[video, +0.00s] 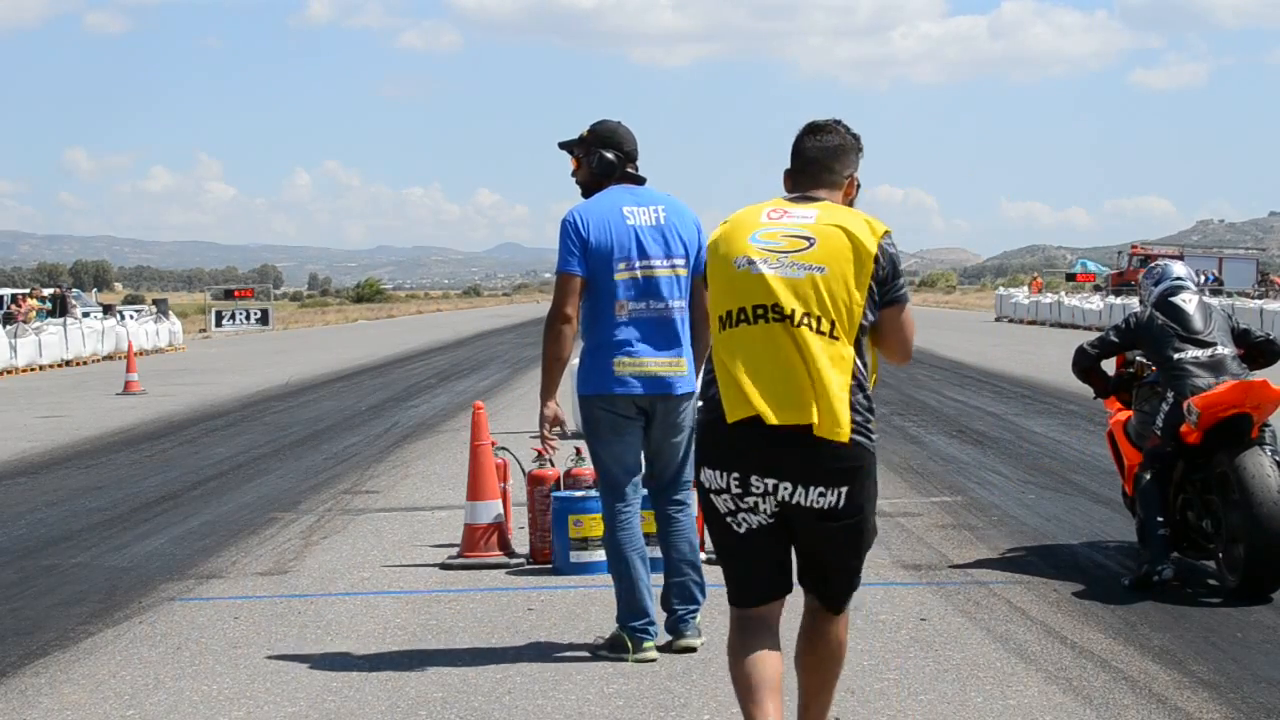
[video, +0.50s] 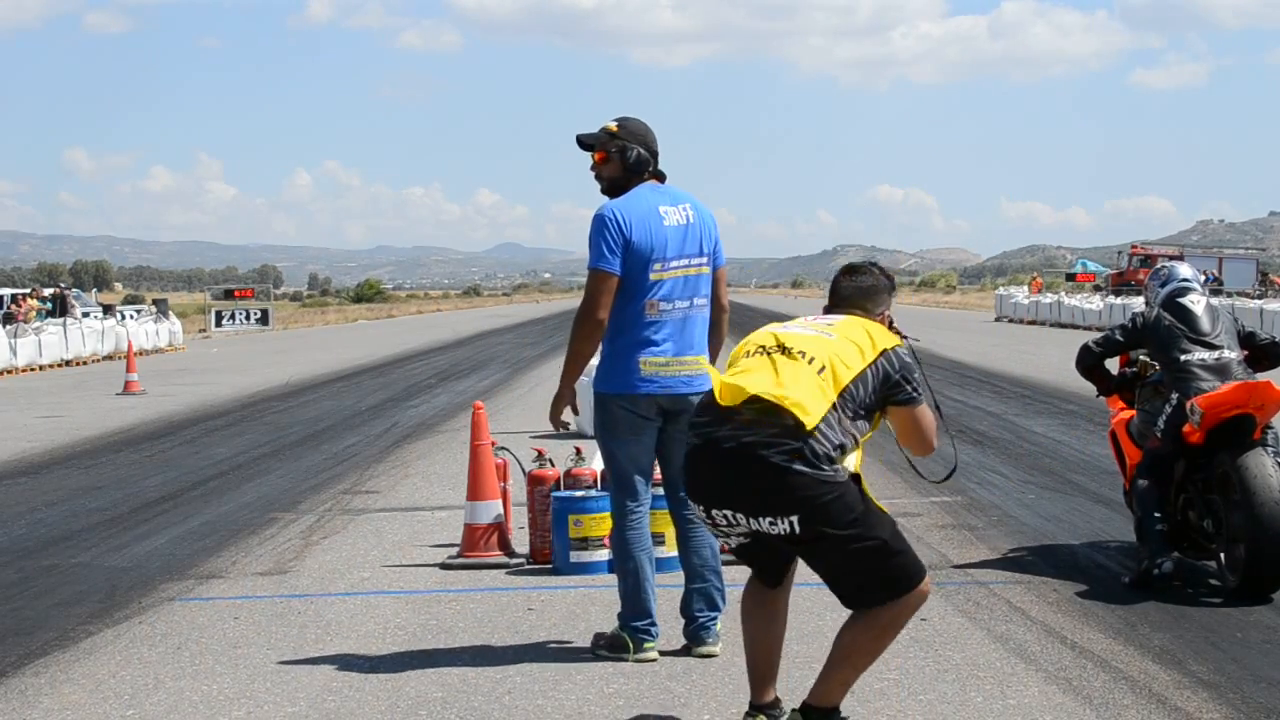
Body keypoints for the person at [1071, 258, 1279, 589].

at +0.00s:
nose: (1141, 296)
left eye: (1143, 291)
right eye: (1142, 291)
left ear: (1151, 289)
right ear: (1191, 282)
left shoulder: (1143, 319)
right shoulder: (1219, 313)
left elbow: (1084, 357)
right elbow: (1270, 346)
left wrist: (1107, 387)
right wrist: (1237, 365)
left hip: (1187, 393)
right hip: (1239, 384)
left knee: (1150, 471)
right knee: (1264, 436)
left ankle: (1157, 560)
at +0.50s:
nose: (1147, 297)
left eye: (1149, 291)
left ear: (1157, 289)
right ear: (1197, 284)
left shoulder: (1149, 319)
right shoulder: (1225, 314)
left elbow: (1088, 355)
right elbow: (1270, 348)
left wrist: (1110, 385)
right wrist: (1242, 366)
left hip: (1190, 397)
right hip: (1241, 388)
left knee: (1147, 474)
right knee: (1265, 441)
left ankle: (1156, 554)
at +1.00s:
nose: (1144, 296)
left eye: (1146, 290)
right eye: (1145, 291)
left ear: (1154, 288)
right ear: (1193, 283)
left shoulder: (1146, 319)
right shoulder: (1222, 312)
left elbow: (1086, 356)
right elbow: (1271, 346)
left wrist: (1108, 386)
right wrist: (1240, 365)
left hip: (1187, 390)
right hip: (1238, 381)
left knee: (1148, 470)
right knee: (1264, 441)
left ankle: (1155, 559)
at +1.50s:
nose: (1144, 298)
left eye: (1146, 292)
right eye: (1144, 292)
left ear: (1155, 289)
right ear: (1193, 285)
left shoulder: (1147, 320)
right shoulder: (1222, 315)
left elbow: (1085, 357)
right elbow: (1271, 349)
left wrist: (1107, 385)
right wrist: (1241, 368)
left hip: (1189, 392)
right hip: (1239, 384)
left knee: (1150, 473)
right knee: (1265, 439)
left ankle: (1154, 561)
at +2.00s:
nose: (1144, 297)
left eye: (1146, 292)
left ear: (1155, 289)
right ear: (1193, 284)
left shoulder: (1148, 320)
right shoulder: (1223, 314)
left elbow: (1086, 357)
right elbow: (1269, 349)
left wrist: (1108, 385)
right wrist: (1241, 368)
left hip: (1190, 391)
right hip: (1239, 385)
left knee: (1148, 470)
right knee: (1265, 439)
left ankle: (1154, 561)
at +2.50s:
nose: (1144, 297)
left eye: (1146, 291)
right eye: (1145, 292)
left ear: (1155, 288)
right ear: (1193, 285)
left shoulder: (1148, 318)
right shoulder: (1222, 314)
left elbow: (1085, 354)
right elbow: (1269, 351)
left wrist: (1104, 383)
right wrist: (1235, 367)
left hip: (1186, 391)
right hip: (1235, 385)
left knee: (1148, 469)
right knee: (1262, 433)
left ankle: (1153, 555)